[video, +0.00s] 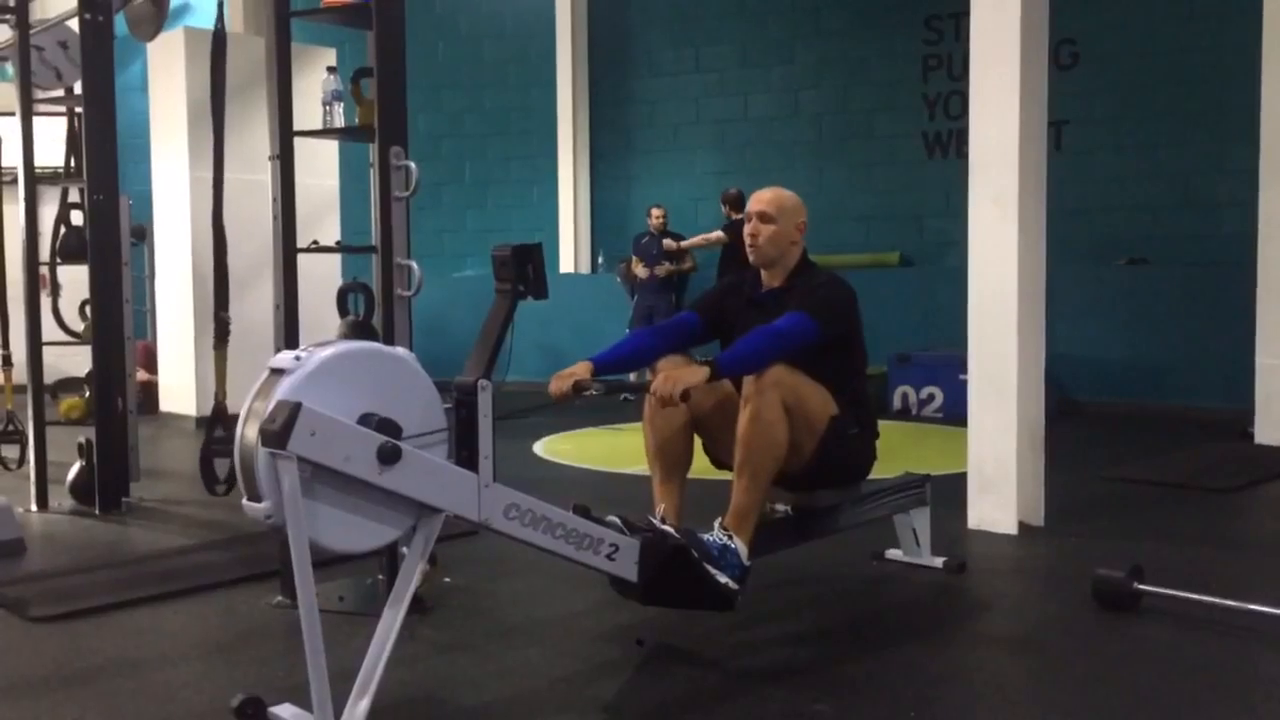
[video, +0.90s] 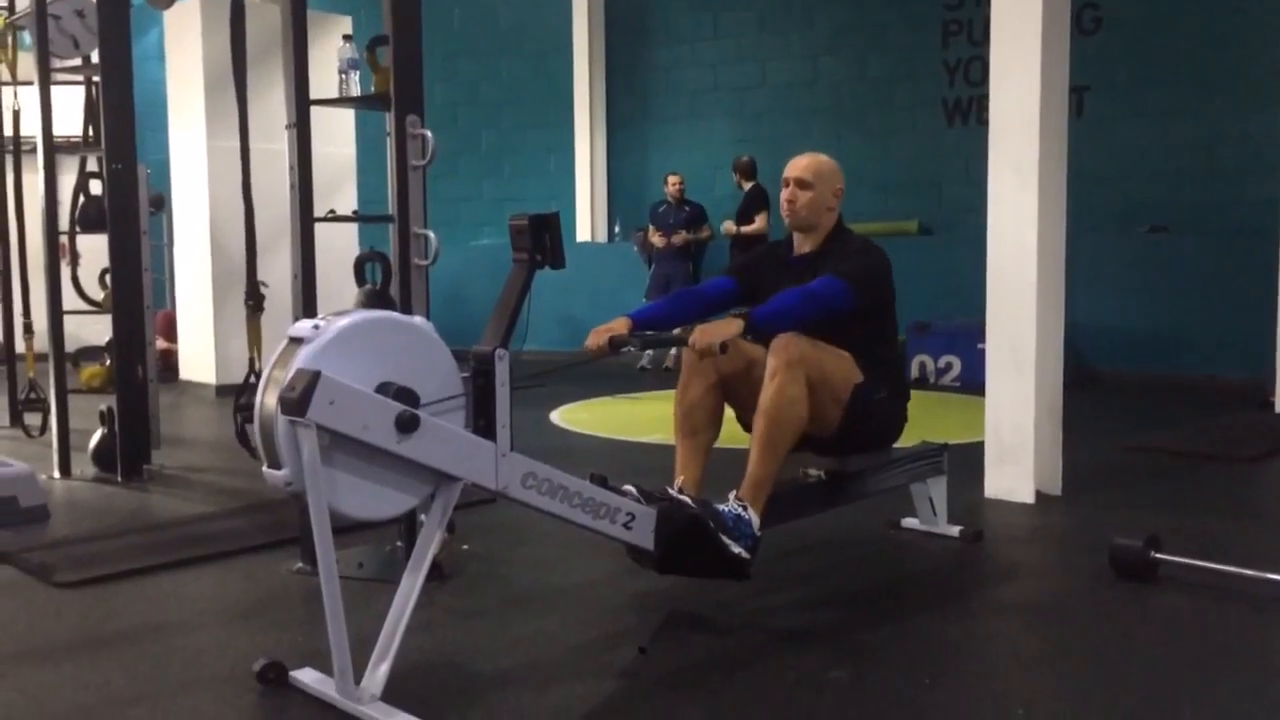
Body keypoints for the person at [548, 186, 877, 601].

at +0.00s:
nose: (750, 230)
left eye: (764, 220)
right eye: (747, 221)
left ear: (798, 232)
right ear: (741, 231)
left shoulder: (829, 293)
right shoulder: (735, 291)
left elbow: (780, 338)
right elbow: (669, 335)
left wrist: (709, 370)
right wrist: (591, 365)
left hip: (836, 453)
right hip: (761, 451)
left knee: (768, 379)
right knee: (670, 380)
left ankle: (734, 544)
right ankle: (666, 528)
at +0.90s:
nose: (787, 195)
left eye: (801, 186)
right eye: (785, 186)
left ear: (834, 200)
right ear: (778, 194)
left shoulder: (864, 260)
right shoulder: (767, 260)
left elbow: (815, 300)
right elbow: (705, 298)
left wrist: (742, 321)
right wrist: (630, 321)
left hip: (867, 414)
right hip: (791, 412)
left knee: (789, 348)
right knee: (703, 350)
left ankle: (746, 516)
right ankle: (683, 498)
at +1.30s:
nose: (833, 172)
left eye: (846, 164)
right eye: (830, 164)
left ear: (877, 174)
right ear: (824, 172)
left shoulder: (903, 236)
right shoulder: (809, 238)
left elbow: (860, 277)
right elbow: (753, 276)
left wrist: (797, 301)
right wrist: (684, 304)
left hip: (895, 377)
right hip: (822, 372)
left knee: (810, 358)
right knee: (732, 353)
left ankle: (746, 502)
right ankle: (682, 485)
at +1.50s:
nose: (883, 170)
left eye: (896, 160)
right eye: (879, 161)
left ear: (926, 170)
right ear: (873, 168)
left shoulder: (946, 230)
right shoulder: (854, 233)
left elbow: (918, 273)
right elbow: (802, 278)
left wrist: (856, 292)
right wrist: (742, 298)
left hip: (911, 363)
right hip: (844, 354)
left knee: (820, 377)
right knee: (752, 368)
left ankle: (745, 499)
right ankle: (678, 481)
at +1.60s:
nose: (905, 179)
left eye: (918, 171)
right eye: (901, 170)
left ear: (946, 179)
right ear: (896, 177)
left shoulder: (968, 235)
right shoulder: (869, 239)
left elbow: (952, 287)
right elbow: (825, 291)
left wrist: (889, 293)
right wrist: (778, 299)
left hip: (920, 360)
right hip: (855, 350)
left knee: (830, 384)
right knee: (774, 381)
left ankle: (746, 497)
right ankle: (680, 482)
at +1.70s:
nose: (919, 192)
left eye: (931, 182)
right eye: (914, 183)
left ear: (959, 187)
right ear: (910, 187)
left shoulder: (987, 245)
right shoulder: (887, 245)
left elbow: (985, 304)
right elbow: (846, 303)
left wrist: (927, 295)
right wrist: (813, 304)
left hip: (924, 353)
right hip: (863, 344)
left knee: (834, 405)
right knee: (789, 396)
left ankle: (746, 496)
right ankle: (690, 480)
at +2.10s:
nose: (862, 182)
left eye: (874, 173)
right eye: (856, 173)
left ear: (905, 174)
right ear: (851, 176)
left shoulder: (943, 231)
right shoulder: (843, 233)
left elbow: (955, 305)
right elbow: (809, 286)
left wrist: (888, 296)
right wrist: (771, 301)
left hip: (913, 363)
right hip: (845, 355)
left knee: (828, 373)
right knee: (760, 364)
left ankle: (748, 493)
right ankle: (686, 476)